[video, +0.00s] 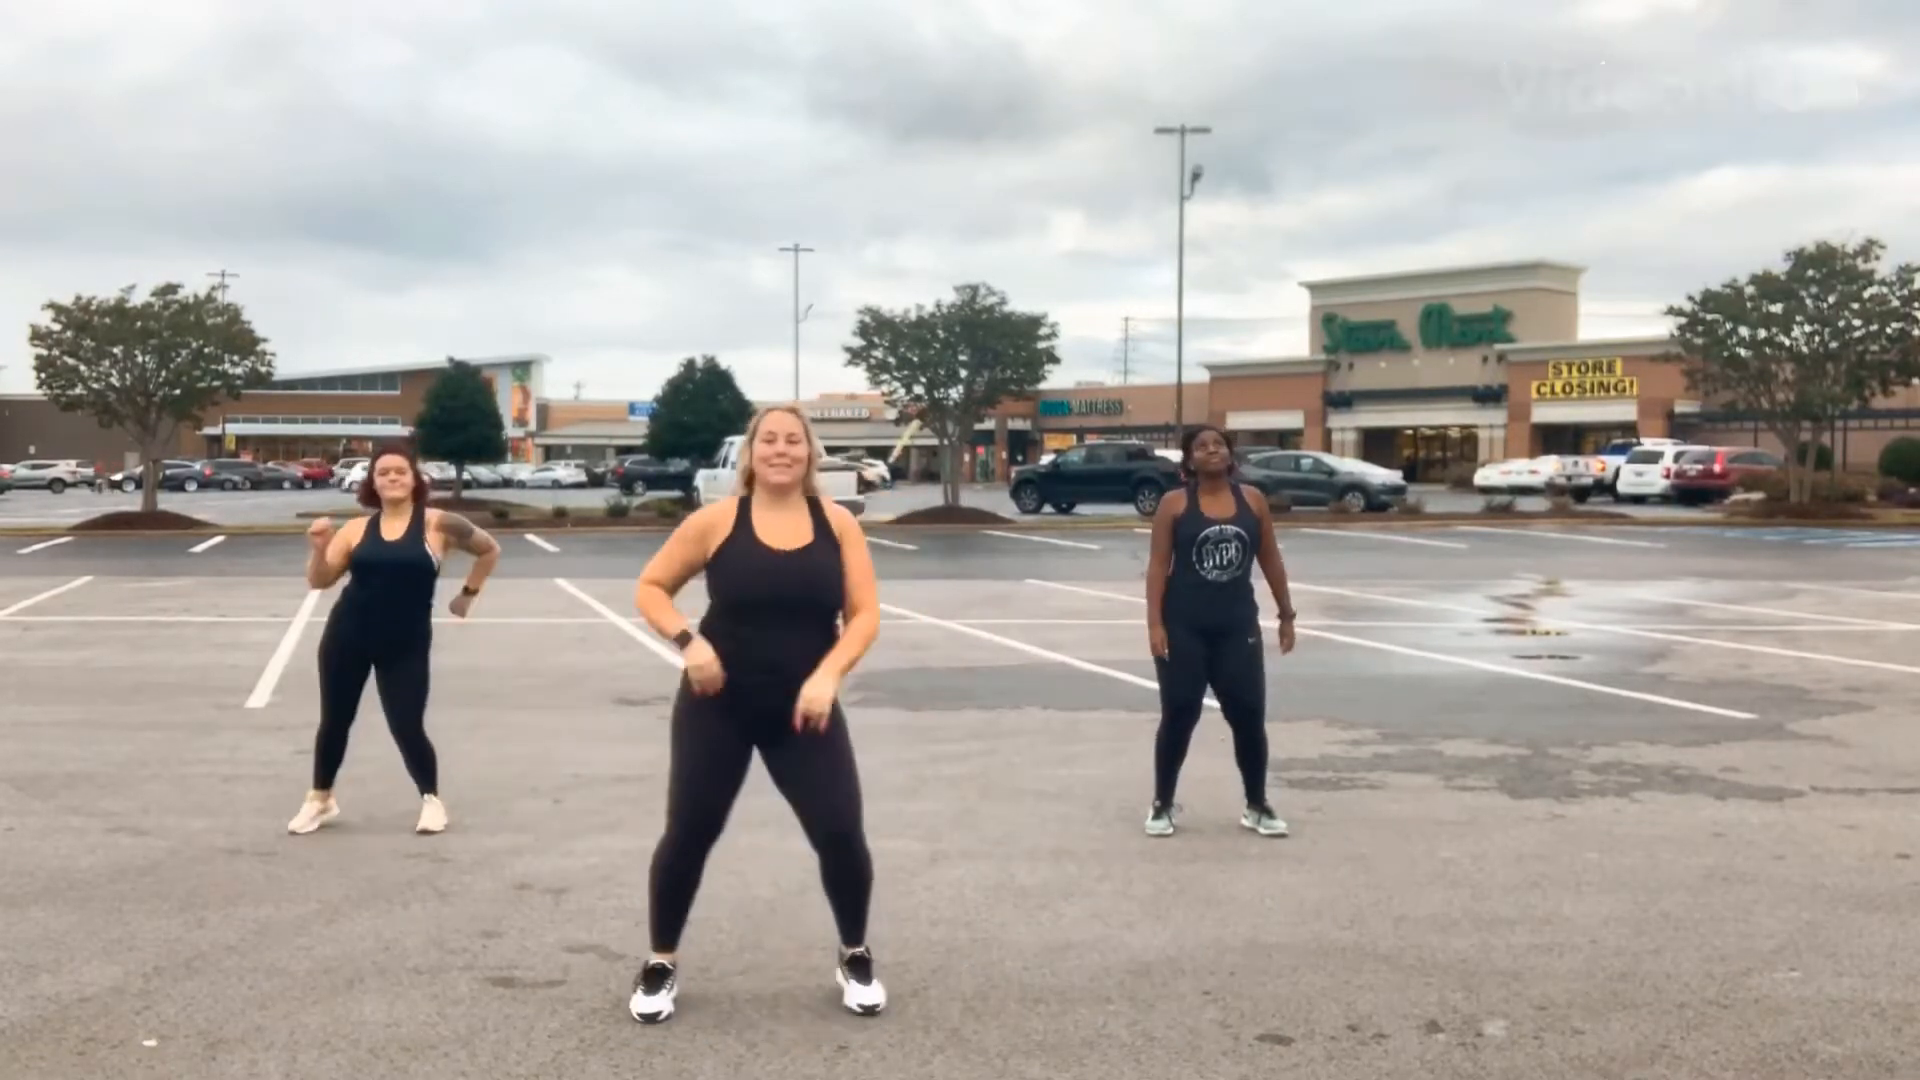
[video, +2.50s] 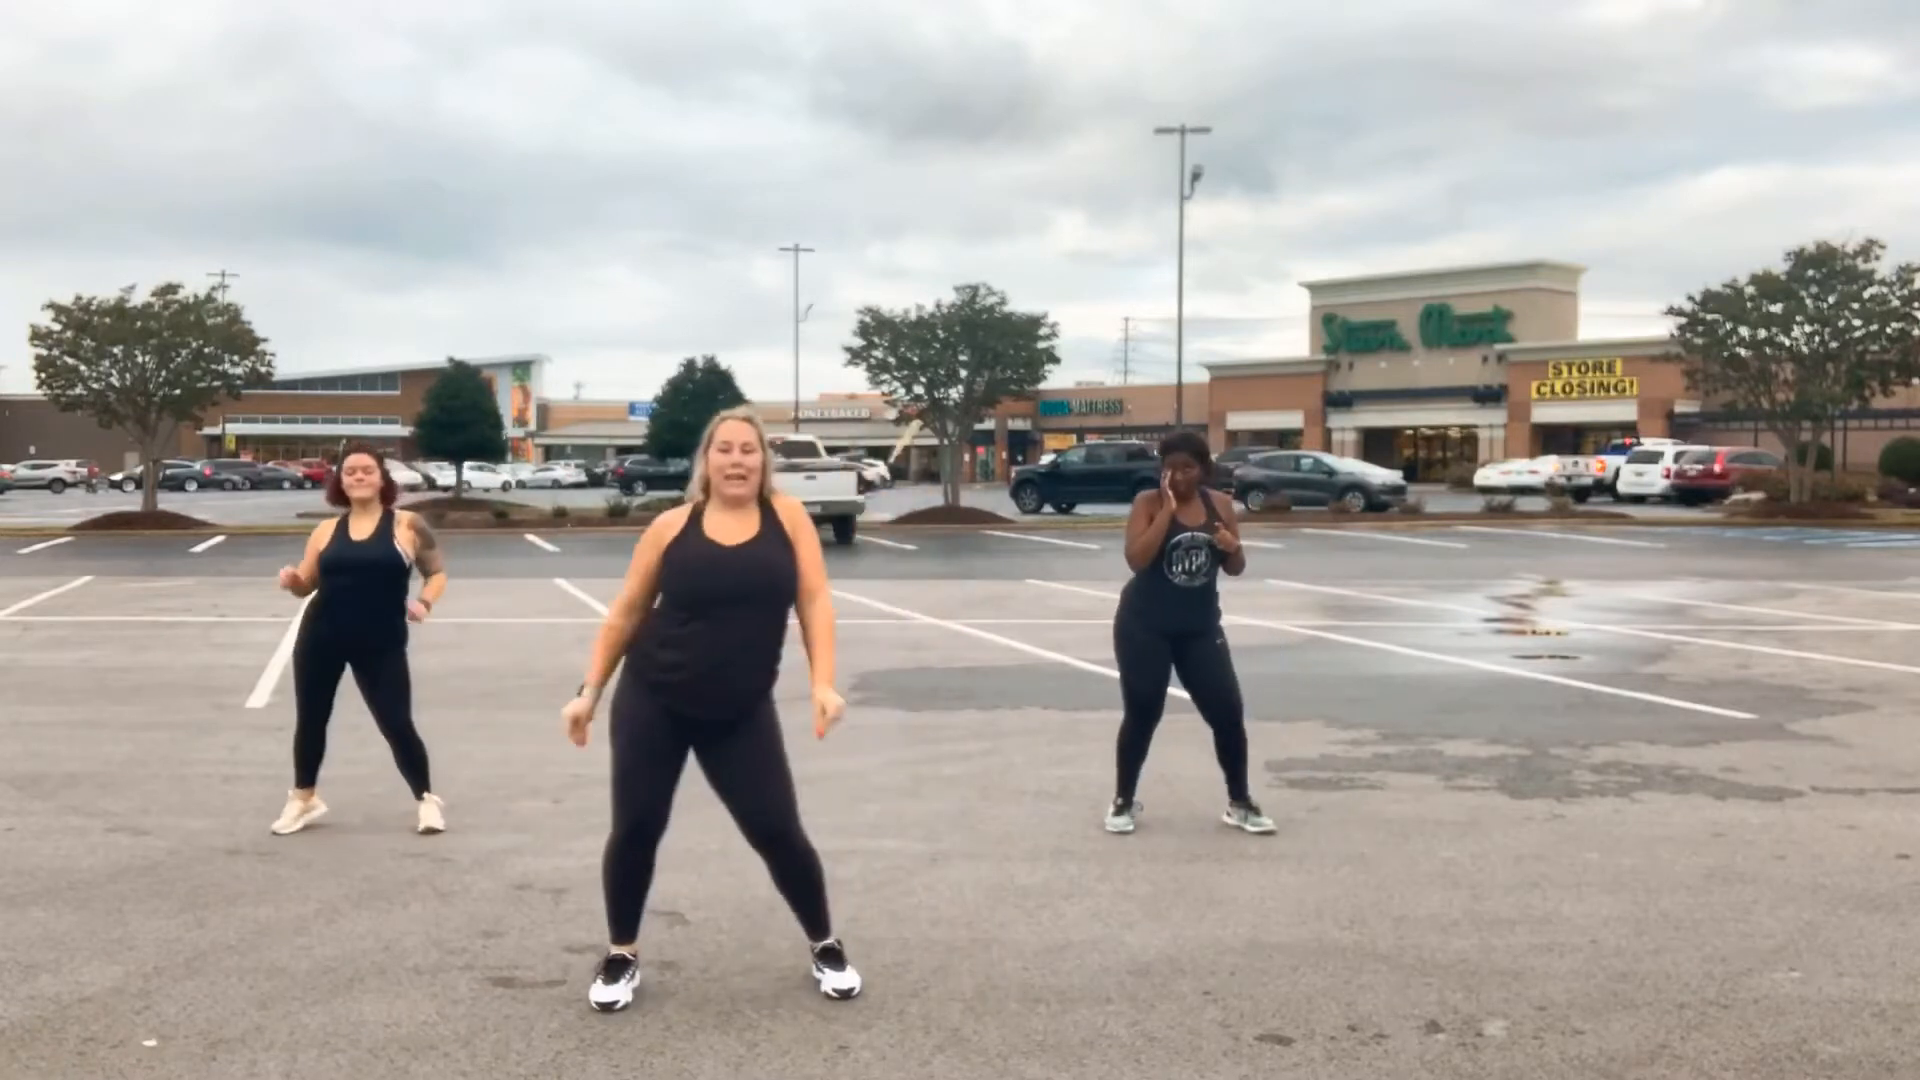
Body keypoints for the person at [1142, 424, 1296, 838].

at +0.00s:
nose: (1213, 452)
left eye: (1219, 446)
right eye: (1203, 447)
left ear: (1230, 455)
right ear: (1189, 460)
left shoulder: (1251, 499)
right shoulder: (1174, 502)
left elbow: (1270, 558)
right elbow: (1159, 566)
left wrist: (1285, 611)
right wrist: (1155, 624)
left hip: (1237, 628)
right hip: (1183, 629)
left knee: (1250, 719)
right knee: (1179, 716)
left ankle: (1258, 806)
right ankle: (1162, 806)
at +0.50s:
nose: (1238, 451)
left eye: (1244, 444)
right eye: (1229, 447)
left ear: (1255, 453)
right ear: (1216, 459)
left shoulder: (1276, 496)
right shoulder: (1199, 503)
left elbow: (1303, 555)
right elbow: (1183, 561)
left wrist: (1273, 571)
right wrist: (1188, 588)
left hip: (1265, 623)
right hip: (1211, 623)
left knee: (1258, 715)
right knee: (1217, 713)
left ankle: (1258, 807)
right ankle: (1217, 803)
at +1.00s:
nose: (1243, 454)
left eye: (1250, 447)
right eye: (1235, 448)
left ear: (1262, 457)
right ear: (1222, 459)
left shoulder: (1280, 502)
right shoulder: (1203, 505)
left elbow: (1322, 548)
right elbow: (1184, 565)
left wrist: (1292, 570)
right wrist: (1214, 564)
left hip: (1276, 626)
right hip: (1221, 628)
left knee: (1287, 713)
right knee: (1217, 716)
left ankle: (1336, 797)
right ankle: (1218, 804)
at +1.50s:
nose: (1248, 458)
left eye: (1255, 451)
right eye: (1239, 451)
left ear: (1266, 458)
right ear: (1225, 459)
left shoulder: (1279, 501)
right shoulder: (1206, 501)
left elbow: (1295, 567)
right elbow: (1170, 558)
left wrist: (1285, 539)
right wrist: (1210, 540)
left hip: (1265, 623)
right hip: (1210, 624)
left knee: (1291, 713)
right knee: (1212, 715)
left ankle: (1329, 801)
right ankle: (1195, 803)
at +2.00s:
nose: (1224, 473)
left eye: (1232, 466)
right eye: (1217, 466)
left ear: (1247, 467)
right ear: (1206, 468)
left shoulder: (1263, 500)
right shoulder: (1191, 500)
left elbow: (1287, 564)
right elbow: (1179, 557)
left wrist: (1272, 537)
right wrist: (1208, 507)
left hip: (1245, 618)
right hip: (1191, 617)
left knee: (1255, 711)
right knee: (1187, 699)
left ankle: (1242, 804)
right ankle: (1169, 786)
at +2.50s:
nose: (1178, 475)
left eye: (1186, 468)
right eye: (1171, 468)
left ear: (1202, 468)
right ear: (1161, 470)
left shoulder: (1219, 503)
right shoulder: (1148, 502)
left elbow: (1235, 568)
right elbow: (1136, 558)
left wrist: (1231, 549)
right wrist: (1166, 512)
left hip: (1199, 627)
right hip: (1144, 626)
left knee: (1228, 712)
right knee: (1142, 713)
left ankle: (1240, 803)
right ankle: (1123, 802)